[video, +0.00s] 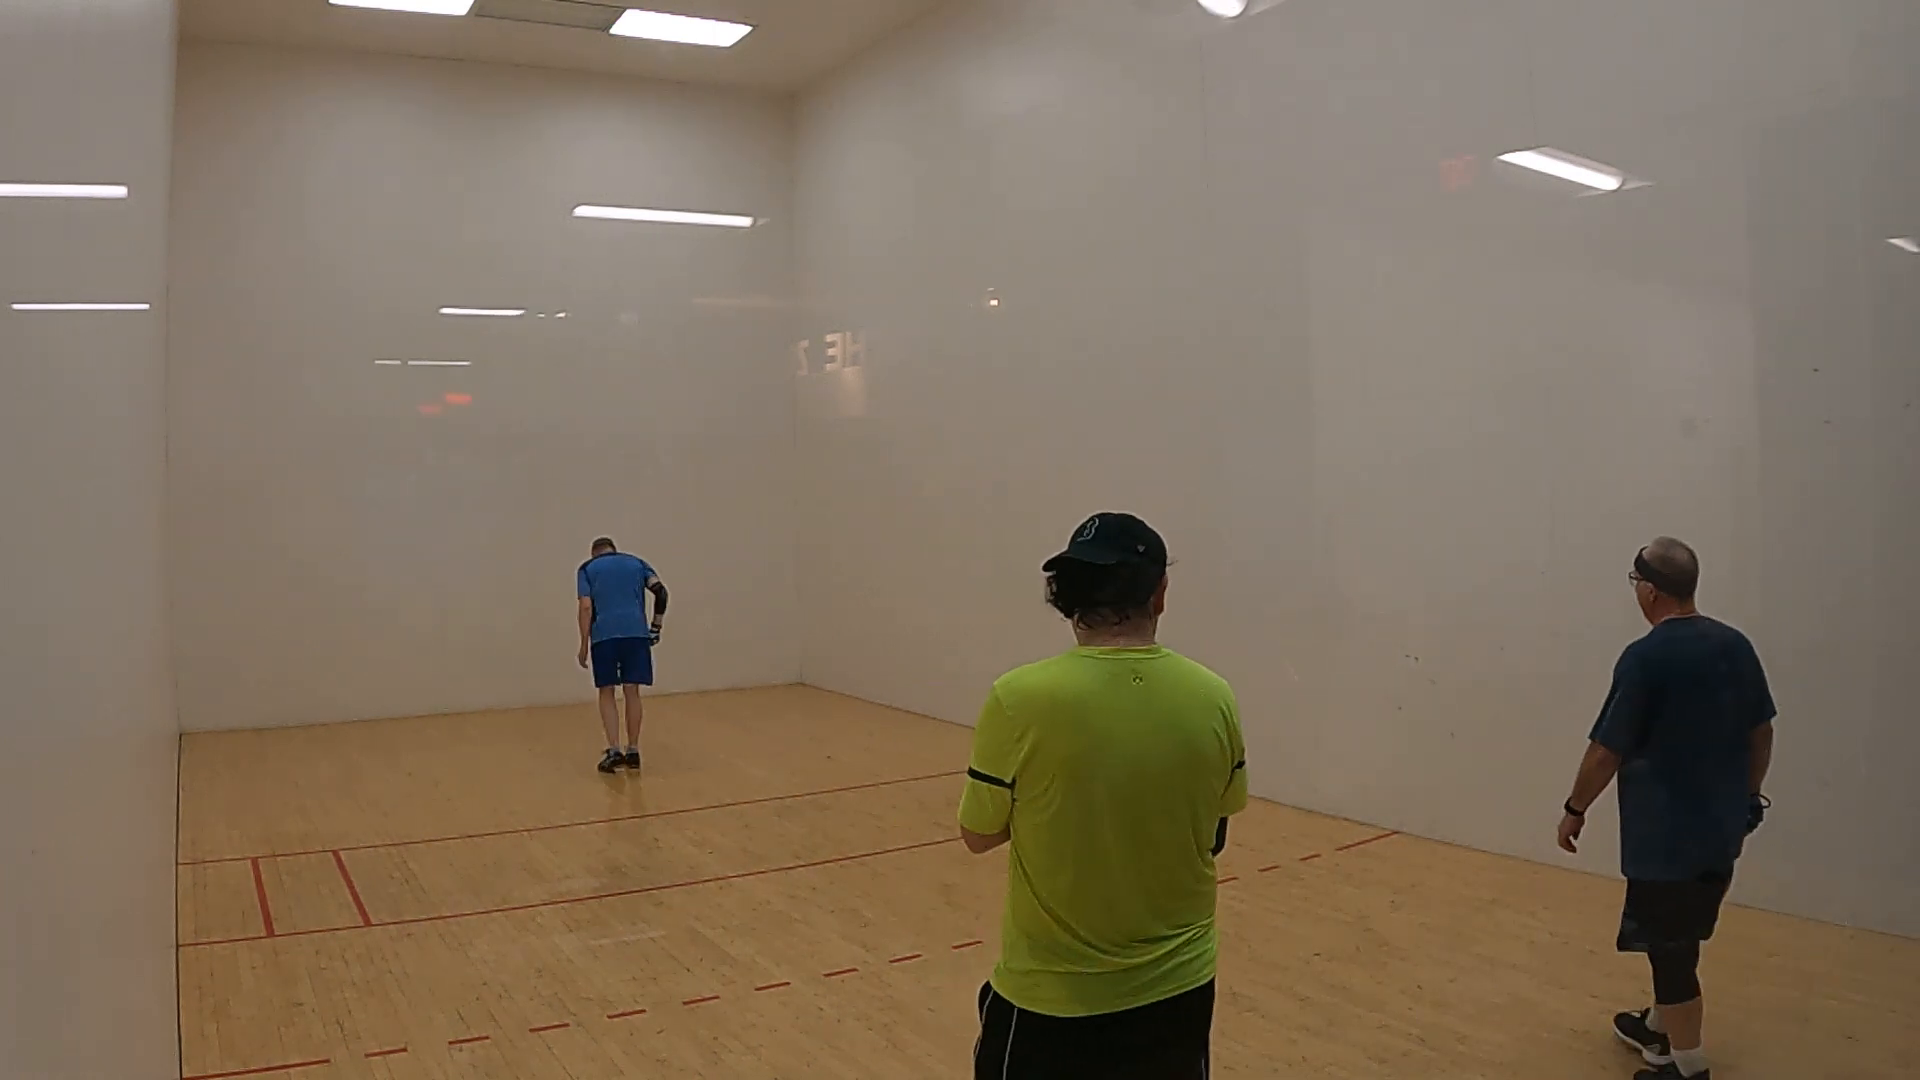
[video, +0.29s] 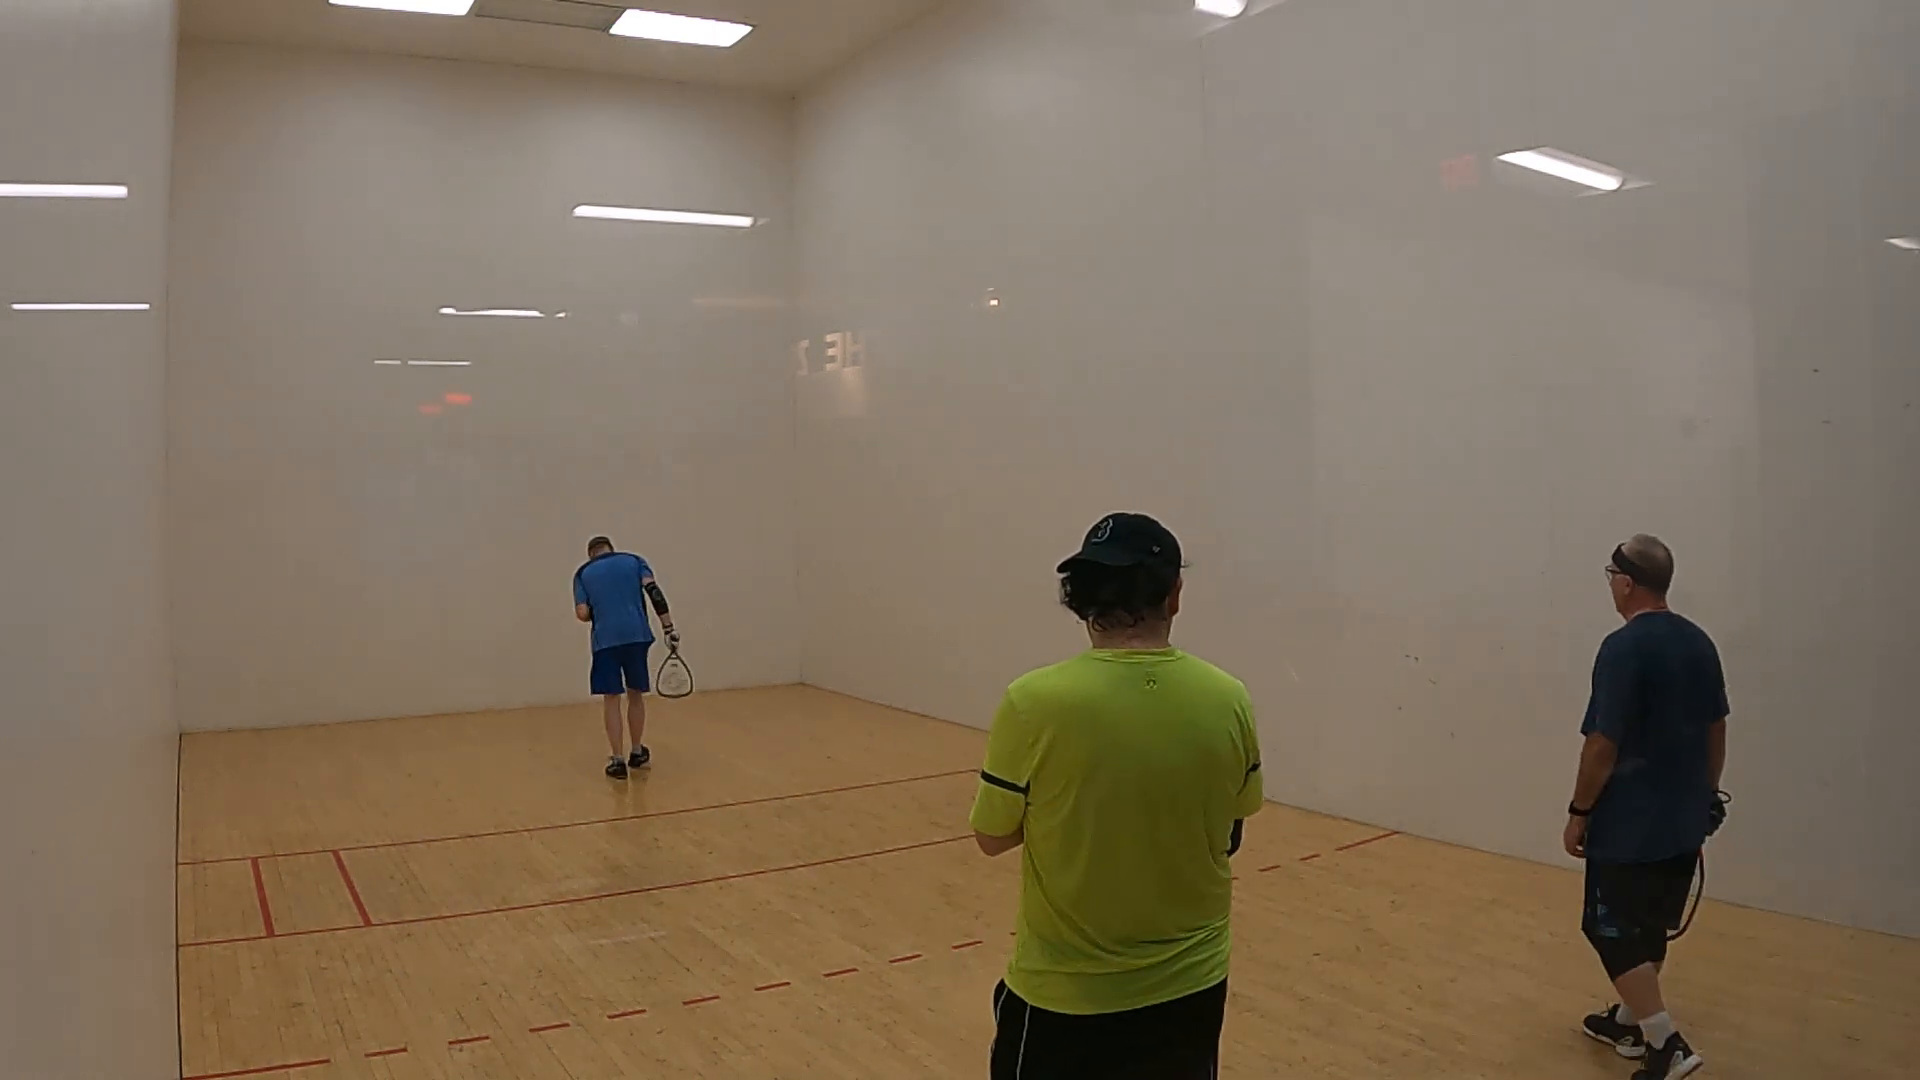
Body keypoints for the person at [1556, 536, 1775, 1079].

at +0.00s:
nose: (1635, 592)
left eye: (1637, 584)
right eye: (1637, 583)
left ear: (1649, 591)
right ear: (1691, 587)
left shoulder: (1644, 657)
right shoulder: (1735, 646)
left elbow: (1607, 750)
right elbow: (1761, 733)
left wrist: (1575, 808)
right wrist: (1748, 801)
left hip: (1662, 835)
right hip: (1721, 829)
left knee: (1672, 947)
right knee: (1677, 931)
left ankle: (1686, 1065)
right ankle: (1662, 1024)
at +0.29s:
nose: (1610, 584)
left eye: (1612, 576)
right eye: (1611, 575)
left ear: (1626, 582)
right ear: (1663, 583)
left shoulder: (1622, 646)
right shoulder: (1699, 643)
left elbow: (1602, 741)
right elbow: (1716, 727)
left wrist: (1579, 811)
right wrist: (1707, 797)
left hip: (1630, 819)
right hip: (1685, 818)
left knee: (1607, 922)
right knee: (1652, 919)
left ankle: (1667, 1045)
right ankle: (1630, 1019)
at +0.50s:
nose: (1584, 579)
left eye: (1587, 571)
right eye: (1586, 570)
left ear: (1602, 577)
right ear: (1636, 578)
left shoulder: (1604, 639)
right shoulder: (1670, 634)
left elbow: (1597, 729)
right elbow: (1683, 716)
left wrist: (1587, 807)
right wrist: (1662, 781)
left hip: (1603, 810)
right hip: (1663, 811)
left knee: (1558, 892)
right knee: (1642, 911)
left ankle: (1594, 1005)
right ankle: (1629, 1025)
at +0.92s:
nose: (1522, 580)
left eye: (1525, 572)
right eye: (1523, 571)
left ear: (1541, 577)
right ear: (1573, 576)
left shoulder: (1539, 640)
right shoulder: (1610, 630)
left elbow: (1525, 732)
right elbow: (1619, 704)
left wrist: (1506, 797)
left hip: (1545, 799)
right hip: (1602, 798)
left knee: (1523, 894)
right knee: (1597, 889)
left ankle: (1525, 1001)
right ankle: (1621, 992)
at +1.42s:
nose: (1511, 572)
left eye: (1516, 564)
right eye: (1513, 563)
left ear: (1537, 571)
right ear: (1558, 572)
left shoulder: (1539, 620)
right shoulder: (1591, 621)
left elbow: (1538, 690)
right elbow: (1601, 695)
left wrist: (1511, 750)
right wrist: (1576, 746)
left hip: (1534, 783)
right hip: (1584, 781)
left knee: (1516, 881)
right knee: (1577, 869)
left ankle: (1525, 999)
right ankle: (1593, 975)